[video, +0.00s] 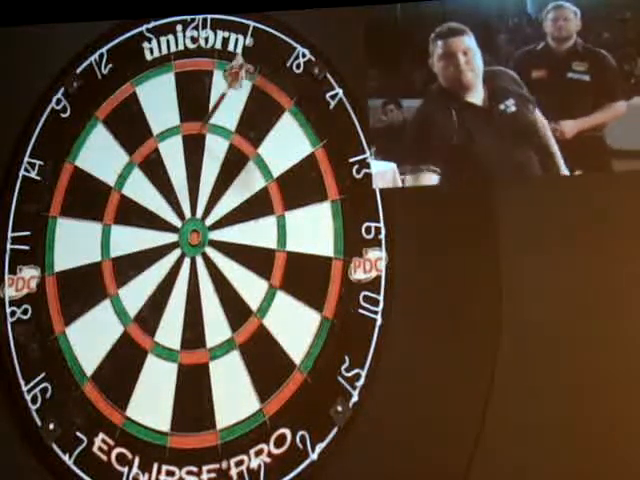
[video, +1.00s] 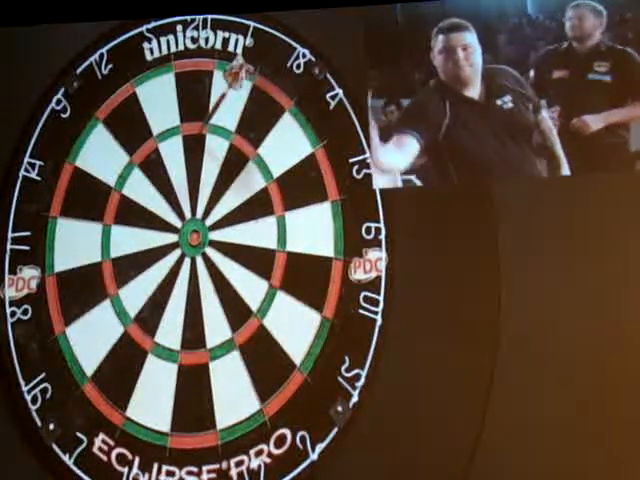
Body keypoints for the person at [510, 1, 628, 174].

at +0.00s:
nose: (560, 24)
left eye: (566, 19)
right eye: (554, 19)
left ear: (578, 24)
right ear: (544, 25)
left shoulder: (598, 60)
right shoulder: (525, 60)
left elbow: (619, 106)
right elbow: (512, 104)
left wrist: (576, 125)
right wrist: (541, 127)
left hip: (588, 154)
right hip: (538, 153)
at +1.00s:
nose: (573, 23)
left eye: (581, 18)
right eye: (569, 19)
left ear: (600, 23)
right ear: (564, 23)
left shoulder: (624, 60)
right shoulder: (548, 59)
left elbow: (636, 107)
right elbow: (529, 100)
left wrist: (601, 119)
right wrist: (544, 117)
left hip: (610, 160)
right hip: (560, 159)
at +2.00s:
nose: (577, 35)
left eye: (583, 28)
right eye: (575, 29)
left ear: (605, 27)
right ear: (571, 29)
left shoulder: (632, 60)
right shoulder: (569, 62)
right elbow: (531, 90)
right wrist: (556, 55)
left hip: (622, 160)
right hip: (576, 159)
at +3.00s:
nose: (597, 31)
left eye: (604, 25)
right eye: (591, 26)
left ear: (622, 26)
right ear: (586, 30)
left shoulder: (635, 62)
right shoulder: (570, 61)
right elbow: (547, 100)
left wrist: (638, 159)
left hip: (624, 159)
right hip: (579, 160)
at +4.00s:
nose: (597, 29)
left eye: (604, 23)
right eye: (592, 23)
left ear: (623, 26)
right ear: (586, 28)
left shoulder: (635, 62)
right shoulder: (569, 61)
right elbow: (546, 105)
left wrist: (633, 154)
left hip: (626, 168)